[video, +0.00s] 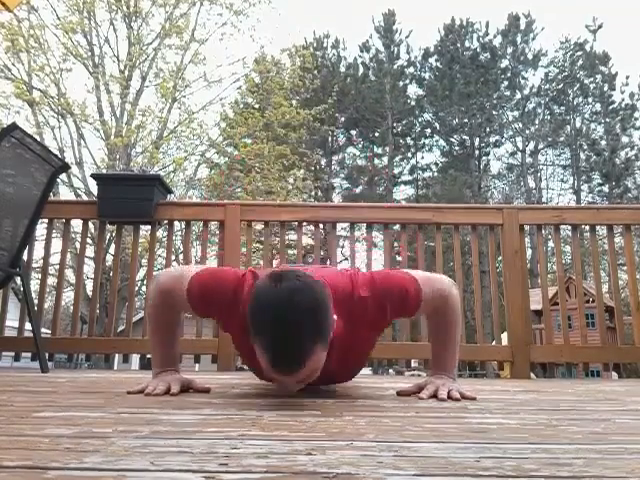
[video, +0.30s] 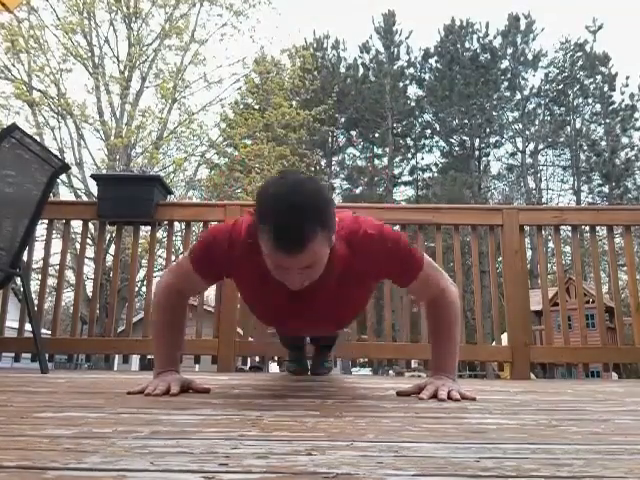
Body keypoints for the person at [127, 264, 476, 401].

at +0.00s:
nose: (290, 388)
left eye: (305, 377)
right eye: (273, 379)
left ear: (332, 328)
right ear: (248, 326)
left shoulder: (366, 295)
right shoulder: (231, 293)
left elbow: (443, 292)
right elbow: (165, 286)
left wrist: (443, 373)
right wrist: (165, 369)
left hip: (336, 366)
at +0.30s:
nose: (295, 278)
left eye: (307, 267)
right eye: (281, 268)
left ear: (333, 237)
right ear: (260, 240)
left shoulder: (370, 241)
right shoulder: (231, 242)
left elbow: (440, 293)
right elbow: (171, 289)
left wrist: (443, 376)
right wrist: (166, 369)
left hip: (336, 316)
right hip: (280, 319)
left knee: (326, 341)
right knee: (292, 343)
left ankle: (321, 357)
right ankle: (297, 356)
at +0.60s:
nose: (300, 229)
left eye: (314, 217)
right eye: (286, 217)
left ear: (335, 186)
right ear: (267, 189)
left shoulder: (375, 211)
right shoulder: (236, 212)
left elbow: (430, 293)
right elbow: (184, 286)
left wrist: (442, 375)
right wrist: (167, 370)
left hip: (338, 306)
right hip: (282, 306)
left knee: (327, 337)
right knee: (293, 340)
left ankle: (322, 358)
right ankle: (297, 358)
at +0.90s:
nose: (296, 393)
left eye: (309, 380)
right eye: (280, 382)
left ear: (336, 333)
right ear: (254, 330)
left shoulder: (370, 298)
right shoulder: (235, 294)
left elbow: (447, 293)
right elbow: (164, 286)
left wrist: (444, 374)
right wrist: (164, 369)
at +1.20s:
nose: (296, 251)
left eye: (310, 238)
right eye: (281, 238)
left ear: (332, 207)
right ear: (261, 212)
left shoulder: (372, 225)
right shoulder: (231, 227)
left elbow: (435, 292)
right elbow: (172, 290)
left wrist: (444, 376)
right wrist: (166, 371)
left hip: (335, 308)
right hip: (280, 308)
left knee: (326, 337)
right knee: (293, 339)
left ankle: (323, 358)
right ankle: (296, 356)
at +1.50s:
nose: (297, 276)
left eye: (309, 263)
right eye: (283, 266)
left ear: (332, 226)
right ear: (259, 233)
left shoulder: (369, 232)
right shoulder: (231, 236)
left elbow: (440, 291)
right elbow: (166, 290)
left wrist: (445, 376)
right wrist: (165, 370)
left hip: (335, 318)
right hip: (279, 320)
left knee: (326, 340)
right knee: (291, 340)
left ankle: (322, 355)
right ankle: (295, 353)